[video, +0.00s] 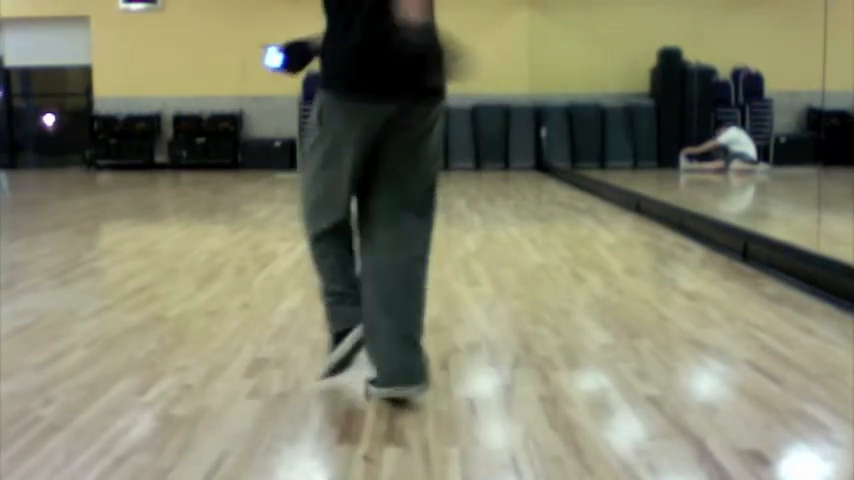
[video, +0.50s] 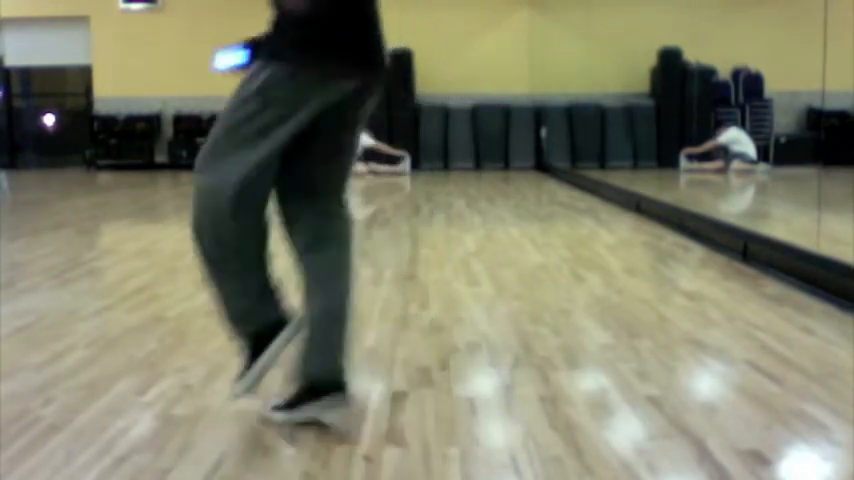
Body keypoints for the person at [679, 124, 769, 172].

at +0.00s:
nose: (719, 135)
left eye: (719, 132)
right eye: (719, 133)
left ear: (723, 129)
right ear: (727, 127)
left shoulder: (732, 132)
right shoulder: (734, 132)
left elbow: (710, 146)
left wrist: (688, 151)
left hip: (744, 159)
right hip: (734, 159)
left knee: (733, 170)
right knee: (715, 165)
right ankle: (692, 166)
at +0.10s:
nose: (719, 135)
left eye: (719, 132)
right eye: (719, 133)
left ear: (723, 129)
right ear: (727, 127)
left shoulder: (732, 132)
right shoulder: (734, 132)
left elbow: (710, 146)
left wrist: (688, 151)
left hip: (744, 159)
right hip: (734, 159)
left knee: (733, 170)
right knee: (715, 165)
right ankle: (692, 166)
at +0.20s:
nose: (719, 135)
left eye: (719, 132)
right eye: (719, 133)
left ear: (723, 129)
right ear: (726, 128)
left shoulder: (732, 132)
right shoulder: (733, 132)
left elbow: (710, 146)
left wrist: (688, 151)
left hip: (744, 159)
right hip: (734, 158)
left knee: (734, 169)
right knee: (715, 165)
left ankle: (755, 173)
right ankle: (692, 166)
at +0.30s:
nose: (719, 134)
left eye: (719, 132)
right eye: (718, 133)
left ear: (723, 128)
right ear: (727, 127)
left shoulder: (732, 132)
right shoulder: (732, 132)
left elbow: (710, 146)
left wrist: (688, 151)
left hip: (744, 159)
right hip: (734, 159)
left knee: (733, 169)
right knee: (715, 165)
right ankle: (693, 166)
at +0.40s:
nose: (719, 134)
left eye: (719, 132)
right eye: (718, 133)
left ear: (723, 128)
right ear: (727, 127)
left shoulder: (732, 132)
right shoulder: (733, 132)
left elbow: (710, 146)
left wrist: (688, 151)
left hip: (743, 160)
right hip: (734, 159)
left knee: (733, 170)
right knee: (715, 165)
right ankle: (692, 166)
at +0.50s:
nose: (719, 134)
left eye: (719, 132)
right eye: (718, 133)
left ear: (723, 128)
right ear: (727, 127)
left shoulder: (732, 132)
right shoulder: (733, 132)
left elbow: (711, 146)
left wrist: (688, 151)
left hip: (743, 160)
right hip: (734, 159)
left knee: (733, 170)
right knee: (715, 165)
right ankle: (692, 166)